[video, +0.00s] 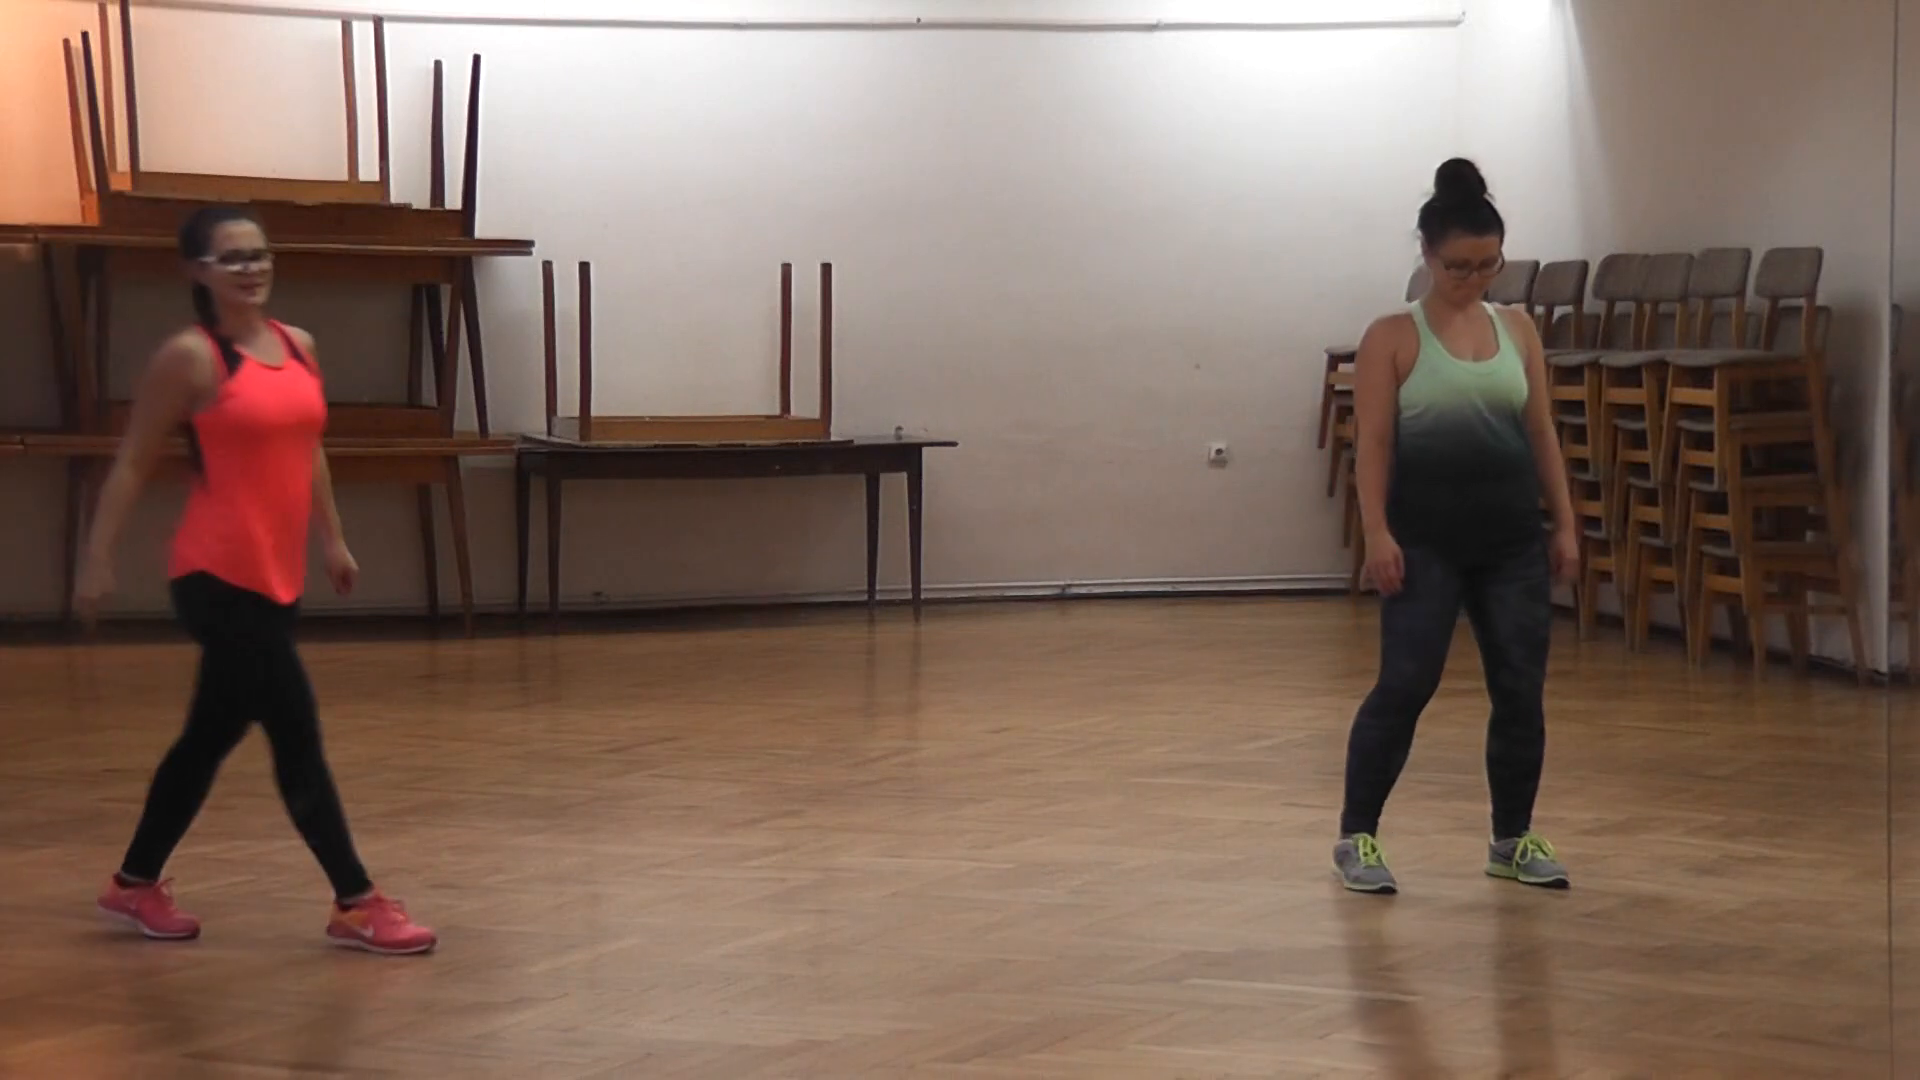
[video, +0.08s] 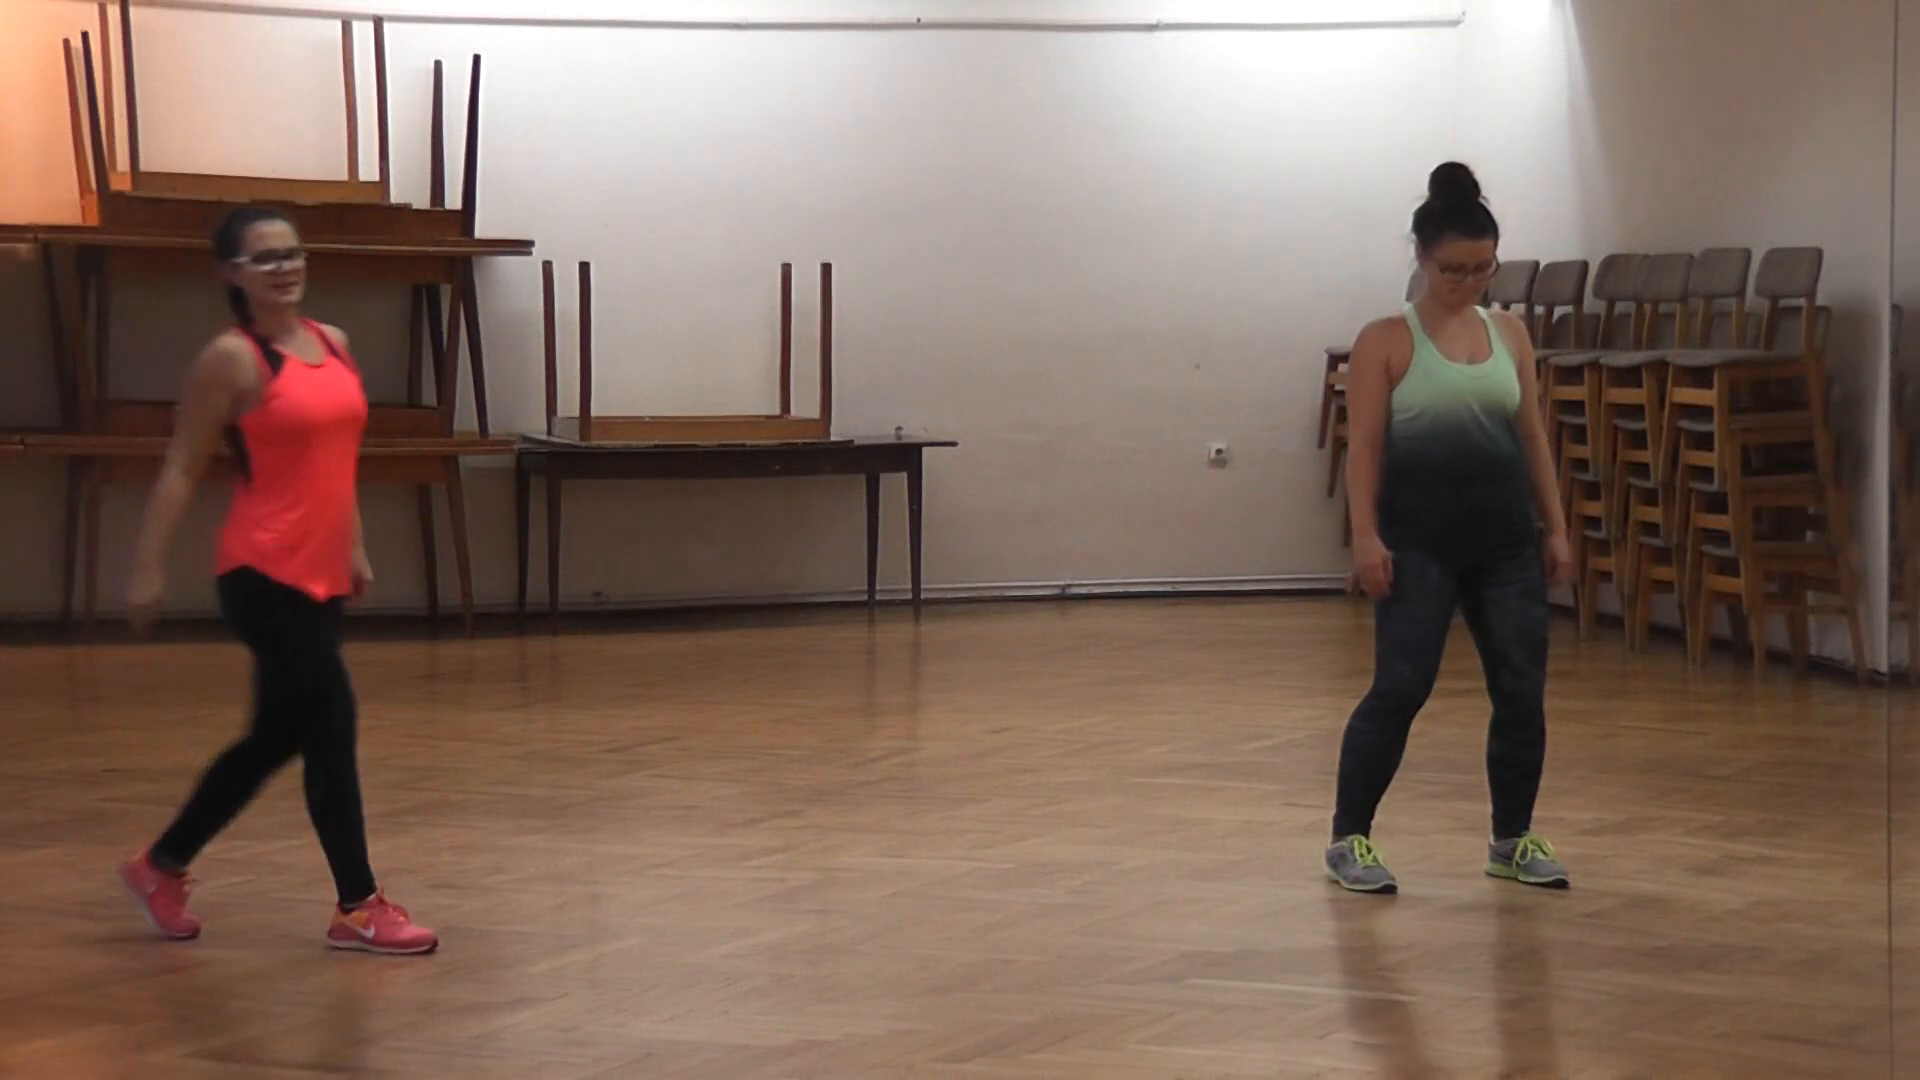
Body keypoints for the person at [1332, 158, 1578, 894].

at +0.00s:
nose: (1473, 279)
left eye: (1486, 265)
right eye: (1458, 267)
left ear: (1501, 252)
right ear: (1427, 254)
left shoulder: (1518, 330)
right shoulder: (1392, 337)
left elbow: (1543, 434)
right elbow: (1372, 445)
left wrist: (1566, 522)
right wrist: (1376, 534)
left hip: (1513, 545)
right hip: (1423, 547)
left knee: (1521, 695)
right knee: (1404, 689)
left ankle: (1512, 839)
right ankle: (1357, 836)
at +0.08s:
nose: (1471, 282)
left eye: (1483, 268)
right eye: (1455, 270)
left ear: (1495, 256)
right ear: (1421, 258)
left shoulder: (1509, 333)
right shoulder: (1385, 341)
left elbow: (1535, 438)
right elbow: (1362, 447)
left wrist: (1557, 527)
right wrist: (1364, 536)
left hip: (1507, 548)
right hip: (1416, 550)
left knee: (1521, 697)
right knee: (1399, 691)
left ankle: (1512, 840)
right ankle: (1349, 840)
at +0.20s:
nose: (1460, 285)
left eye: (1472, 270)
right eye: (1445, 273)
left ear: (1483, 258)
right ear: (1409, 261)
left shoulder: (1495, 339)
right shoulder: (1371, 344)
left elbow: (1516, 444)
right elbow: (1346, 451)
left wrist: (1538, 533)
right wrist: (1345, 541)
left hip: (1491, 550)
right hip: (1401, 551)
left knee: (1515, 692)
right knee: (1392, 693)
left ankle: (1511, 841)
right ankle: (1349, 841)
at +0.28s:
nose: (1448, 285)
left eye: (1461, 271)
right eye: (1434, 272)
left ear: (1473, 260)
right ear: (1400, 260)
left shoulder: (1484, 340)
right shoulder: (1362, 343)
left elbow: (1501, 444)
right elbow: (1336, 452)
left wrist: (1525, 532)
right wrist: (1329, 545)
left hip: (1477, 549)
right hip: (1389, 550)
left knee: (1508, 692)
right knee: (1384, 693)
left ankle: (1510, 840)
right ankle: (1347, 842)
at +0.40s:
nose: (1437, 283)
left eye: (1449, 268)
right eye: (1423, 270)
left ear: (1461, 256)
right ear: (1388, 257)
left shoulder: (1468, 336)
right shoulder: (1349, 338)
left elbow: (1483, 443)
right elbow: (1320, 444)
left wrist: (1503, 533)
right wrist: (1306, 536)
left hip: (1456, 547)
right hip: (1370, 548)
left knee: (1495, 688)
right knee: (1373, 691)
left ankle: (1507, 839)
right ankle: (1346, 842)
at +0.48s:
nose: (1429, 280)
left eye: (1442, 265)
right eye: (1415, 266)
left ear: (1455, 252)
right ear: (1380, 251)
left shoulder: (1456, 332)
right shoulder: (1343, 331)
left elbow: (1472, 438)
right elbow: (1312, 435)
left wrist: (1493, 530)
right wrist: (1298, 530)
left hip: (1446, 541)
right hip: (1362, 543)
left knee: (1489, 679)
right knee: (1367, 688)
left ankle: (1502, 837)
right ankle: (1346, 841)